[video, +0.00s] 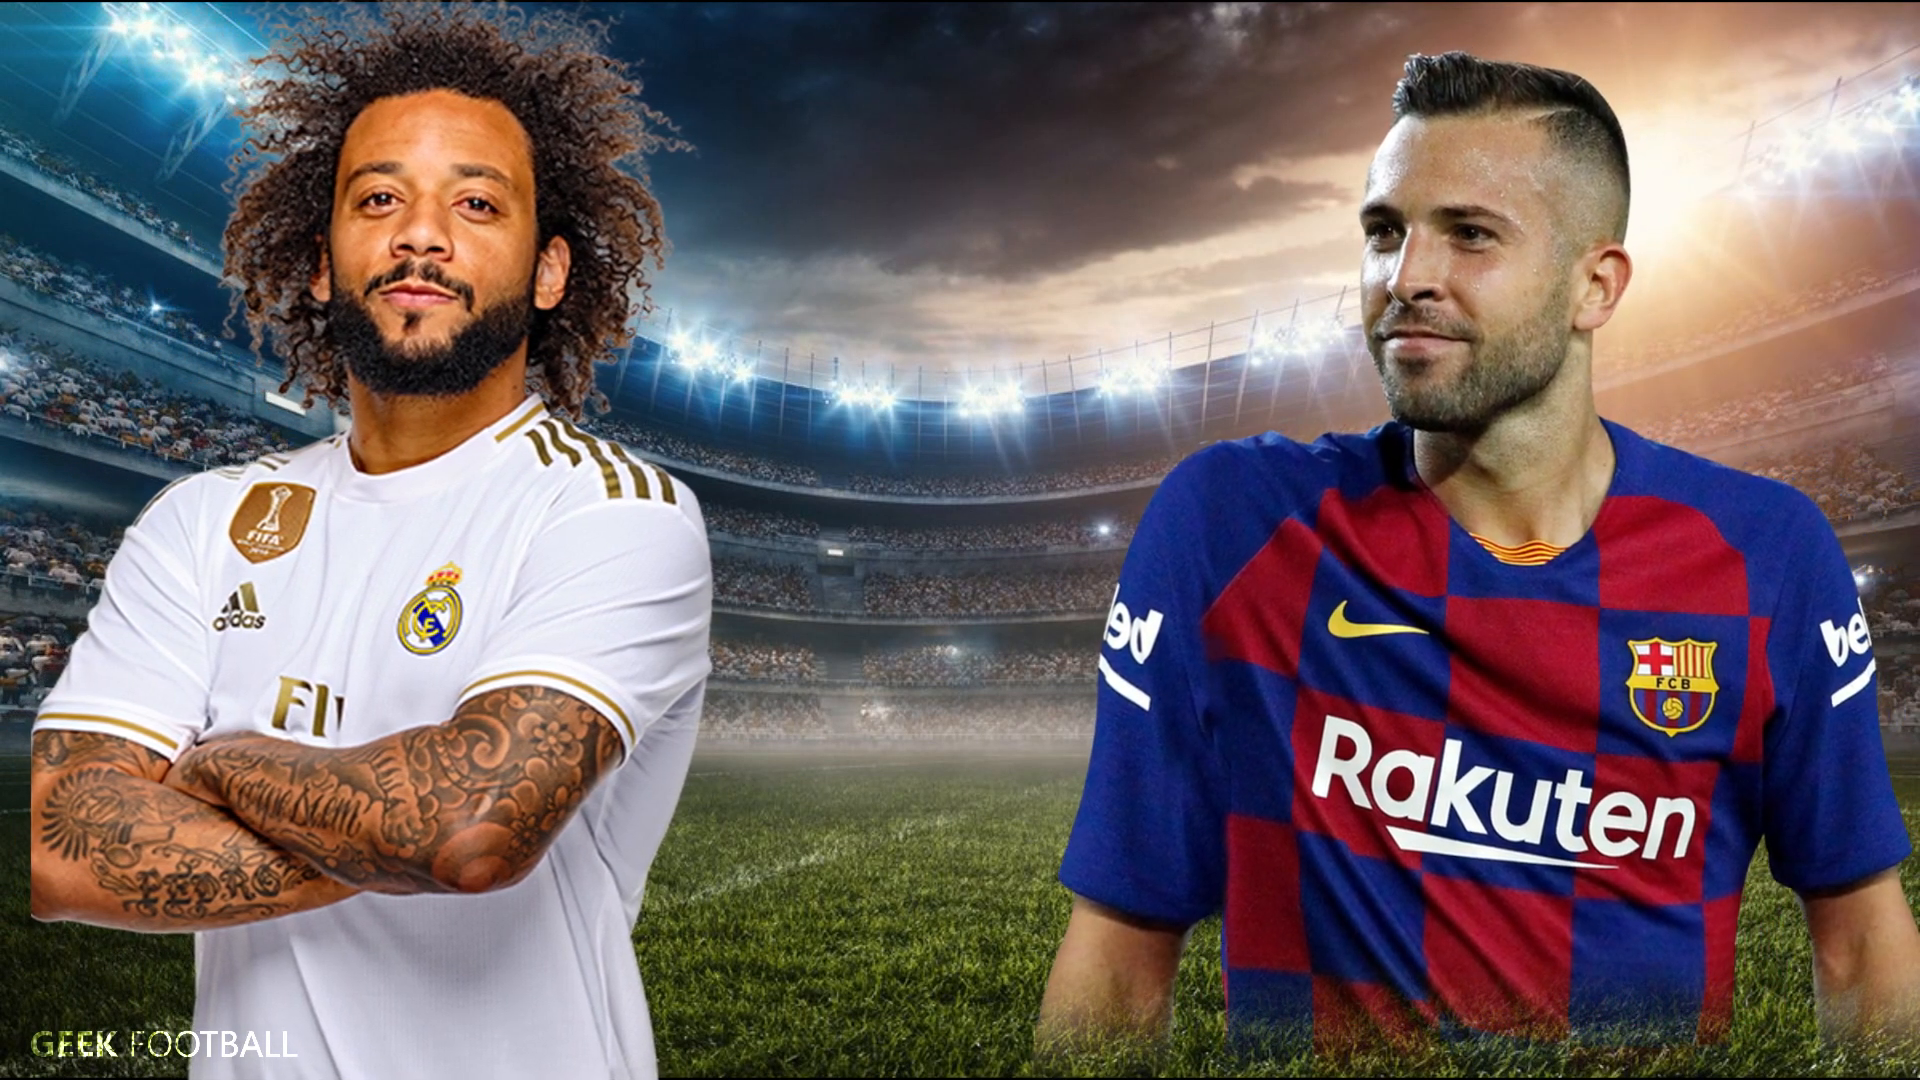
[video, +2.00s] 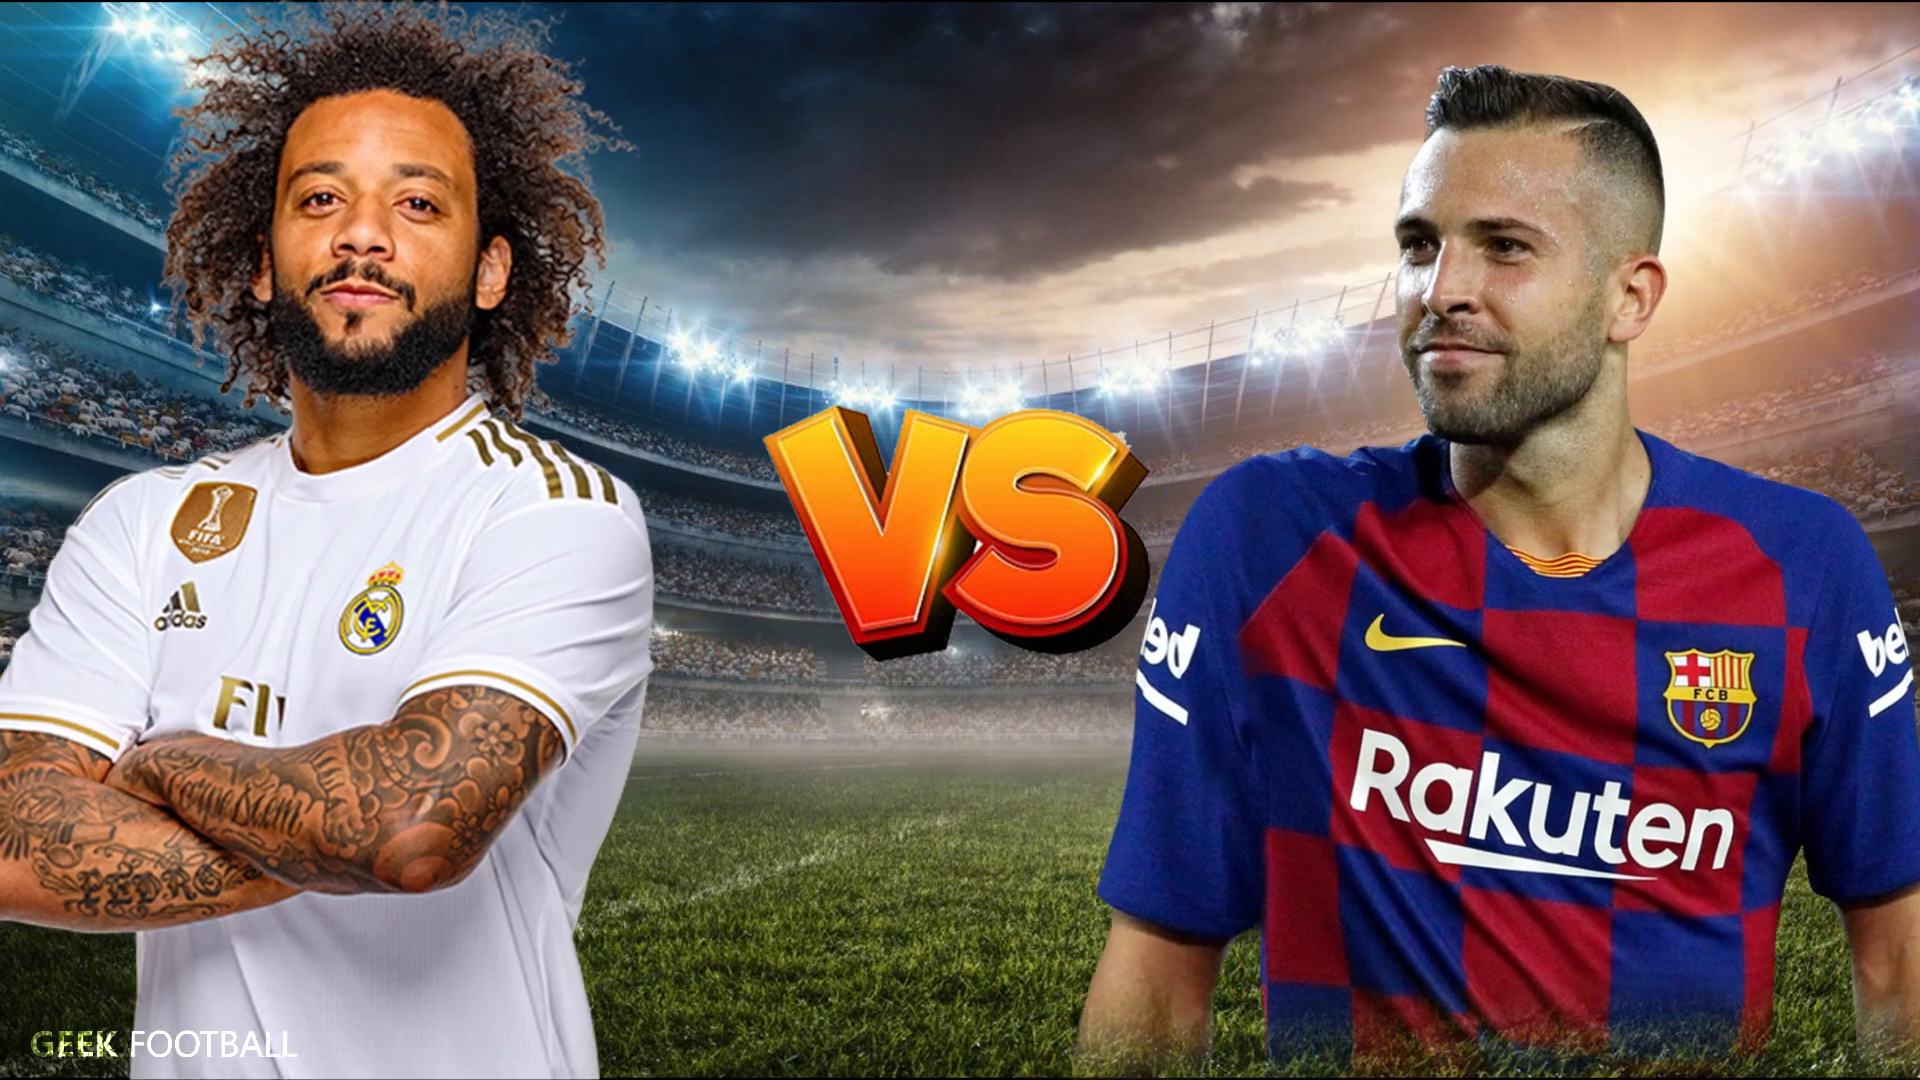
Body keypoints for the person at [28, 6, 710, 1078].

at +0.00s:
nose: (422, 238)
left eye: (478, 204)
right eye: (379, 199)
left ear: (546, 273)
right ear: (325, 260)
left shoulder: (621, 518)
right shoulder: (201, 522)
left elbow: (475, 825)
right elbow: (73, 856)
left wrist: (210, 761)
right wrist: (396, 829)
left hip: (531, 1063)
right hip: (252, 1062)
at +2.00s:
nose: (363, 237)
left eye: (418, 203)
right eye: (320, 200)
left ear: (487, 271)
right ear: (268, 259)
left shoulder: (562, 518)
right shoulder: (141, 520)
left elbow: (416, 823)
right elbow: (20, 852)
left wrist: (161, 760)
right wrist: (332, 830)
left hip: (473, 1062)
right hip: (193, 1061)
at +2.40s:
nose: (260, 234)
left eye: (317, 203)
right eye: (219, 198)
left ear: (386, 273)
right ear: (163, 262)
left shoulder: (462, 516)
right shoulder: (39, 521)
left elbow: (314, 824)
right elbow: (7, 875)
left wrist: (43, 760)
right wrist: (241, 821)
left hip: (367, 1063)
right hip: (90, 1063)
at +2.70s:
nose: (130, 232)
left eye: (186, 200)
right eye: (89, 198)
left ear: (256, 268)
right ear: (36, 258)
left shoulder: (330, 514)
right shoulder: (5, 492)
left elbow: (185, 820)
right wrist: (108, 809)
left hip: (237, 1057)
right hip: (18, 1053)